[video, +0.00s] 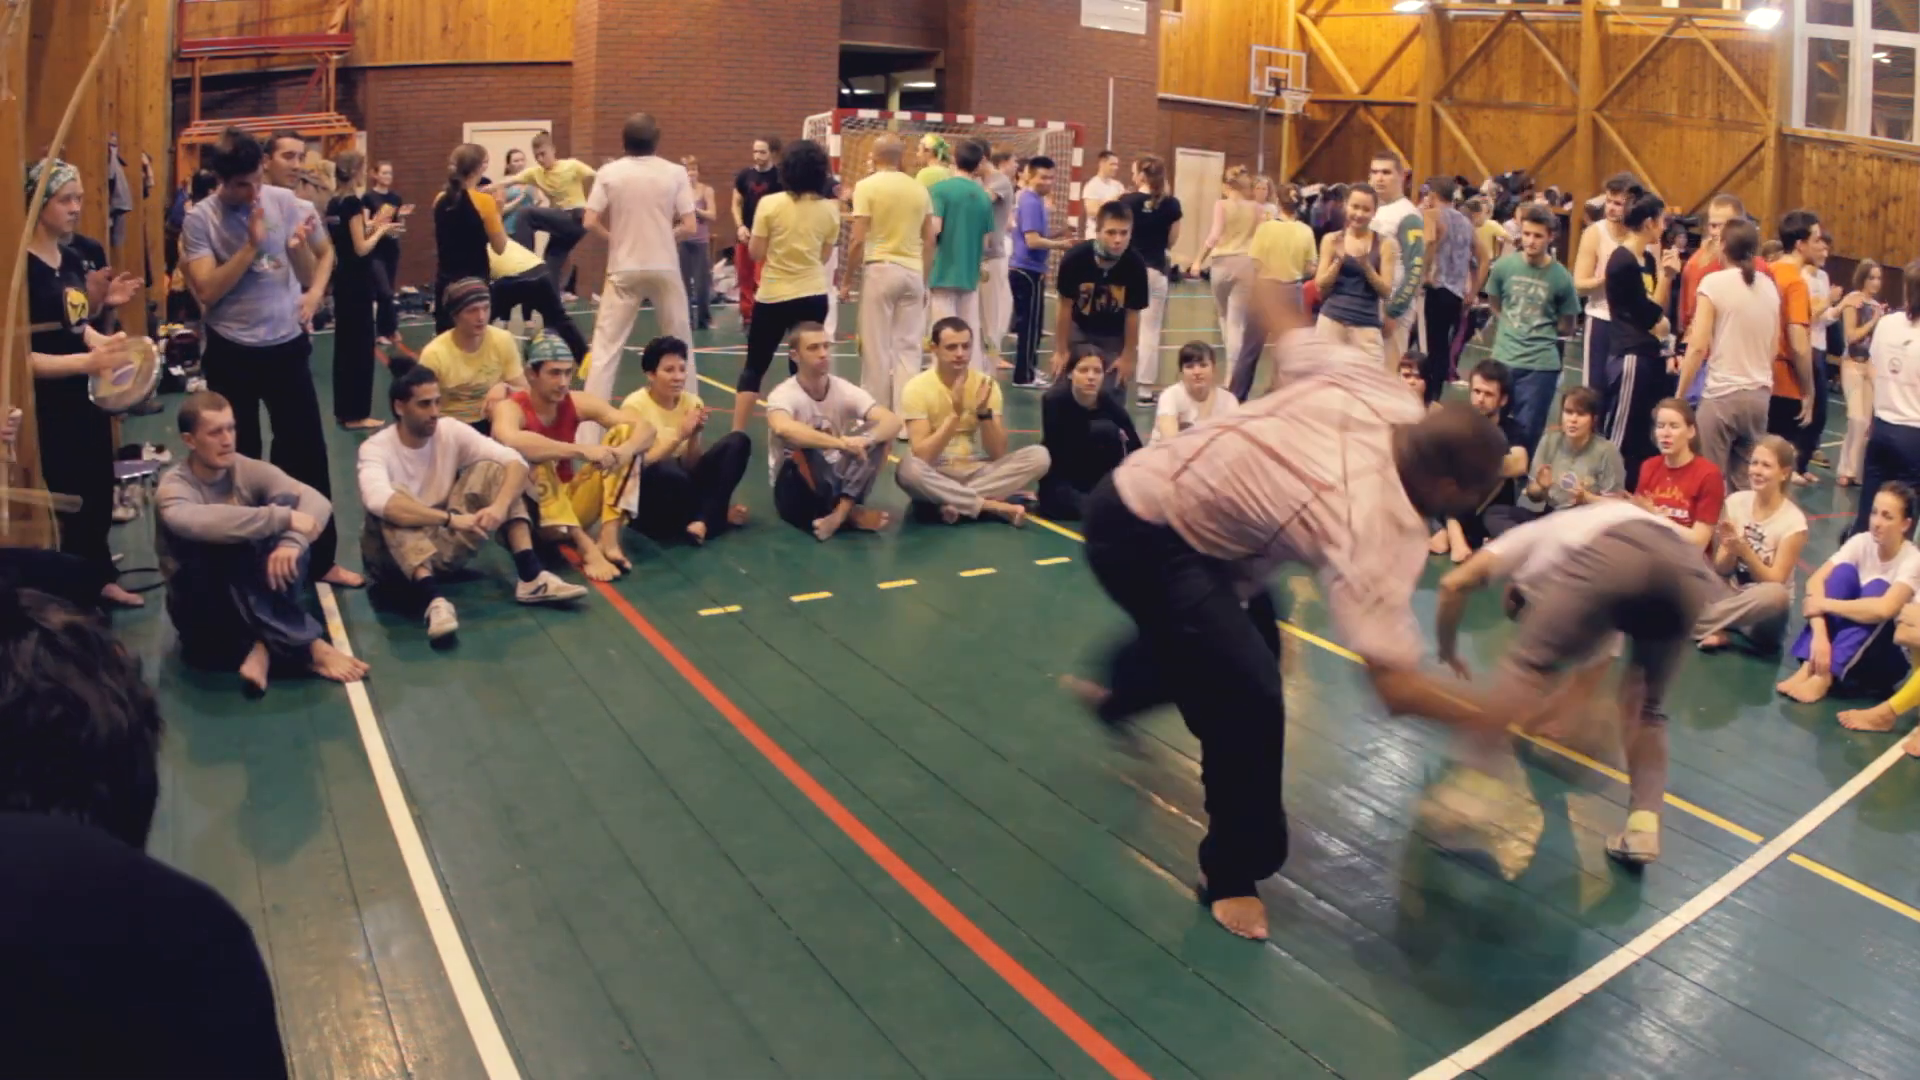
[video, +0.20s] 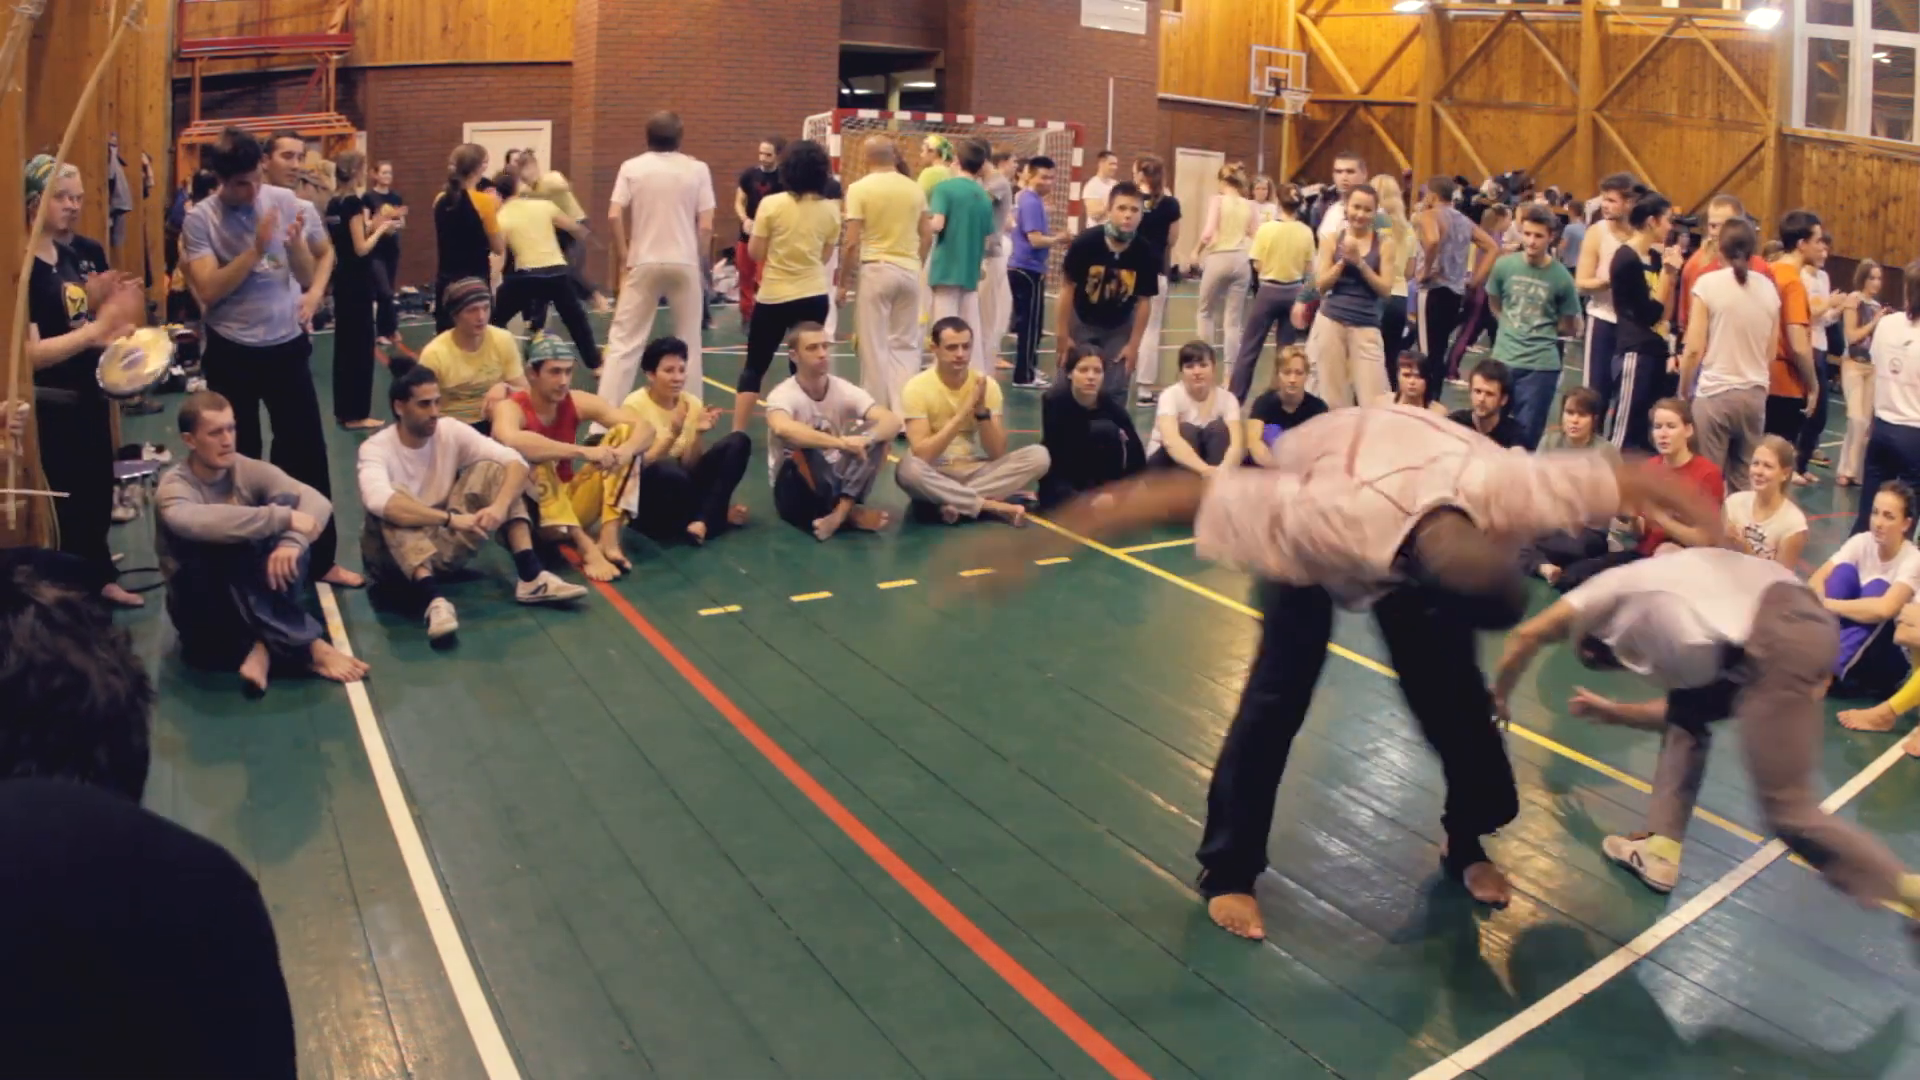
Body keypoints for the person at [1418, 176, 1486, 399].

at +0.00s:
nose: (1427, 198)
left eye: (1429, 194)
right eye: (1429, 194)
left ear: (1434, 195)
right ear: (1451, 196)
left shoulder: (1432, 215)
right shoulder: (1465, 221)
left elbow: (1431, 241)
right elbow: (1483, 257)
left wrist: (1425, 272)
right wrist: (1475, 290)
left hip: (1436, 287)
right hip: (1457, 290)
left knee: (1434, 344)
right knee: (1443, 344)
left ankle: (1430, 394)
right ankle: (1434, 394)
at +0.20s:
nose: (1425, 197)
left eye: (1426, 194)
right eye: (1426, 193)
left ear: (1432, 196)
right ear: (1450, 197)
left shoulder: (1428, 216)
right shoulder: (1463, 220)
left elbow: (1433, 242)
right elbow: (1492, 246)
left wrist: (1426, 270)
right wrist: (1478, 279)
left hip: (1434, 290)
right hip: (1455, 291)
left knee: (1430, 351)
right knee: (1438, 351)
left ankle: (1428, 400)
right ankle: (1432, 399)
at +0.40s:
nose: (1423, 197)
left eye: (1425, 193)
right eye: (1424, 192)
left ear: (1434, 195)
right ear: (1448, 196)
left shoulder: (1428, 215)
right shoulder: (1462, 220)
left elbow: (1429, 245)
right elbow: (1489, 252)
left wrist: (1422, 276)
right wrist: (1476, 283)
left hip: (1437, 289)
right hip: (1459, 291)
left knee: (1433, 347)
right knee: (1440, 347)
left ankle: (1429, 394)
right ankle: (1433, 393)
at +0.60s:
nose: (1422, 197)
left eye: (1424, 193)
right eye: (1422, 193)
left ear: (1434, 195)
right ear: (1448, 196)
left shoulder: (1428, 216)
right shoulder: (1464, 221)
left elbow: (1426, 245)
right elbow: (1488, 254)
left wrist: (1422, 277)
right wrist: (1475, 285)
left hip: (1434, 289)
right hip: (1458, 291)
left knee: (1430, 349)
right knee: (1446, 348)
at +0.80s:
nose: (1421, 196)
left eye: (1424, 192)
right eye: (1422, 191)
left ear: (1433, 197)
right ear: (1447, 196)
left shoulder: (1431, 216)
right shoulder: (1463, 221)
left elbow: (1425, 249)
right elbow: (1488, 254)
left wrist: (1419, 280)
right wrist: (1474, 287)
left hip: (1437, 291)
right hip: (1457, 293)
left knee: (1435, 348)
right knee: (1443, 348)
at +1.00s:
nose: (1424, 198)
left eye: (1426, 194)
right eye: (1425, 193)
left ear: (1433, 195)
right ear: (1448, 196)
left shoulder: (1433, 216)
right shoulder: (1463, 221)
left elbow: (1429, 249)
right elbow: (1487, 254)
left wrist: (1420, 279)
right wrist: (1475, 285)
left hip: (1435, 289)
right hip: (1455, 291)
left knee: (1435, 348)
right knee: (1437, 349)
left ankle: (1433, 396)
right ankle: (1434, 396)